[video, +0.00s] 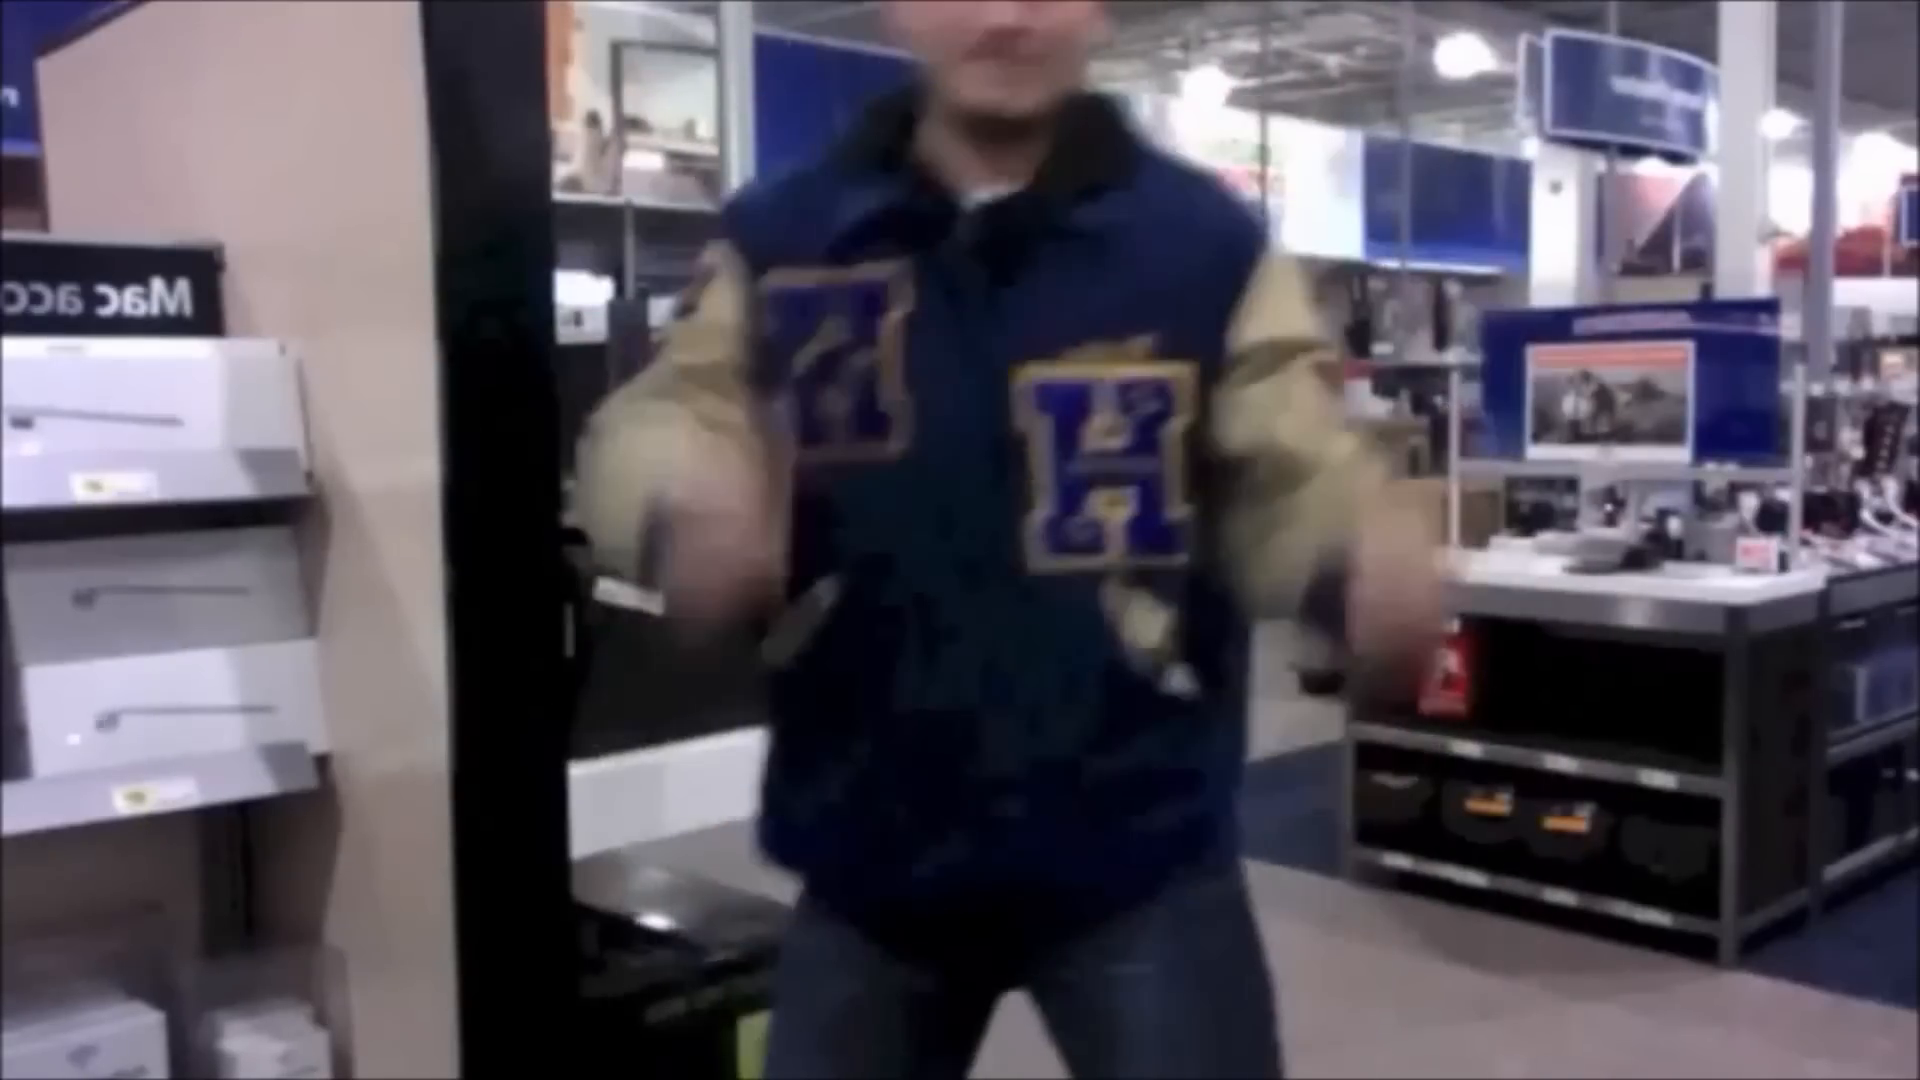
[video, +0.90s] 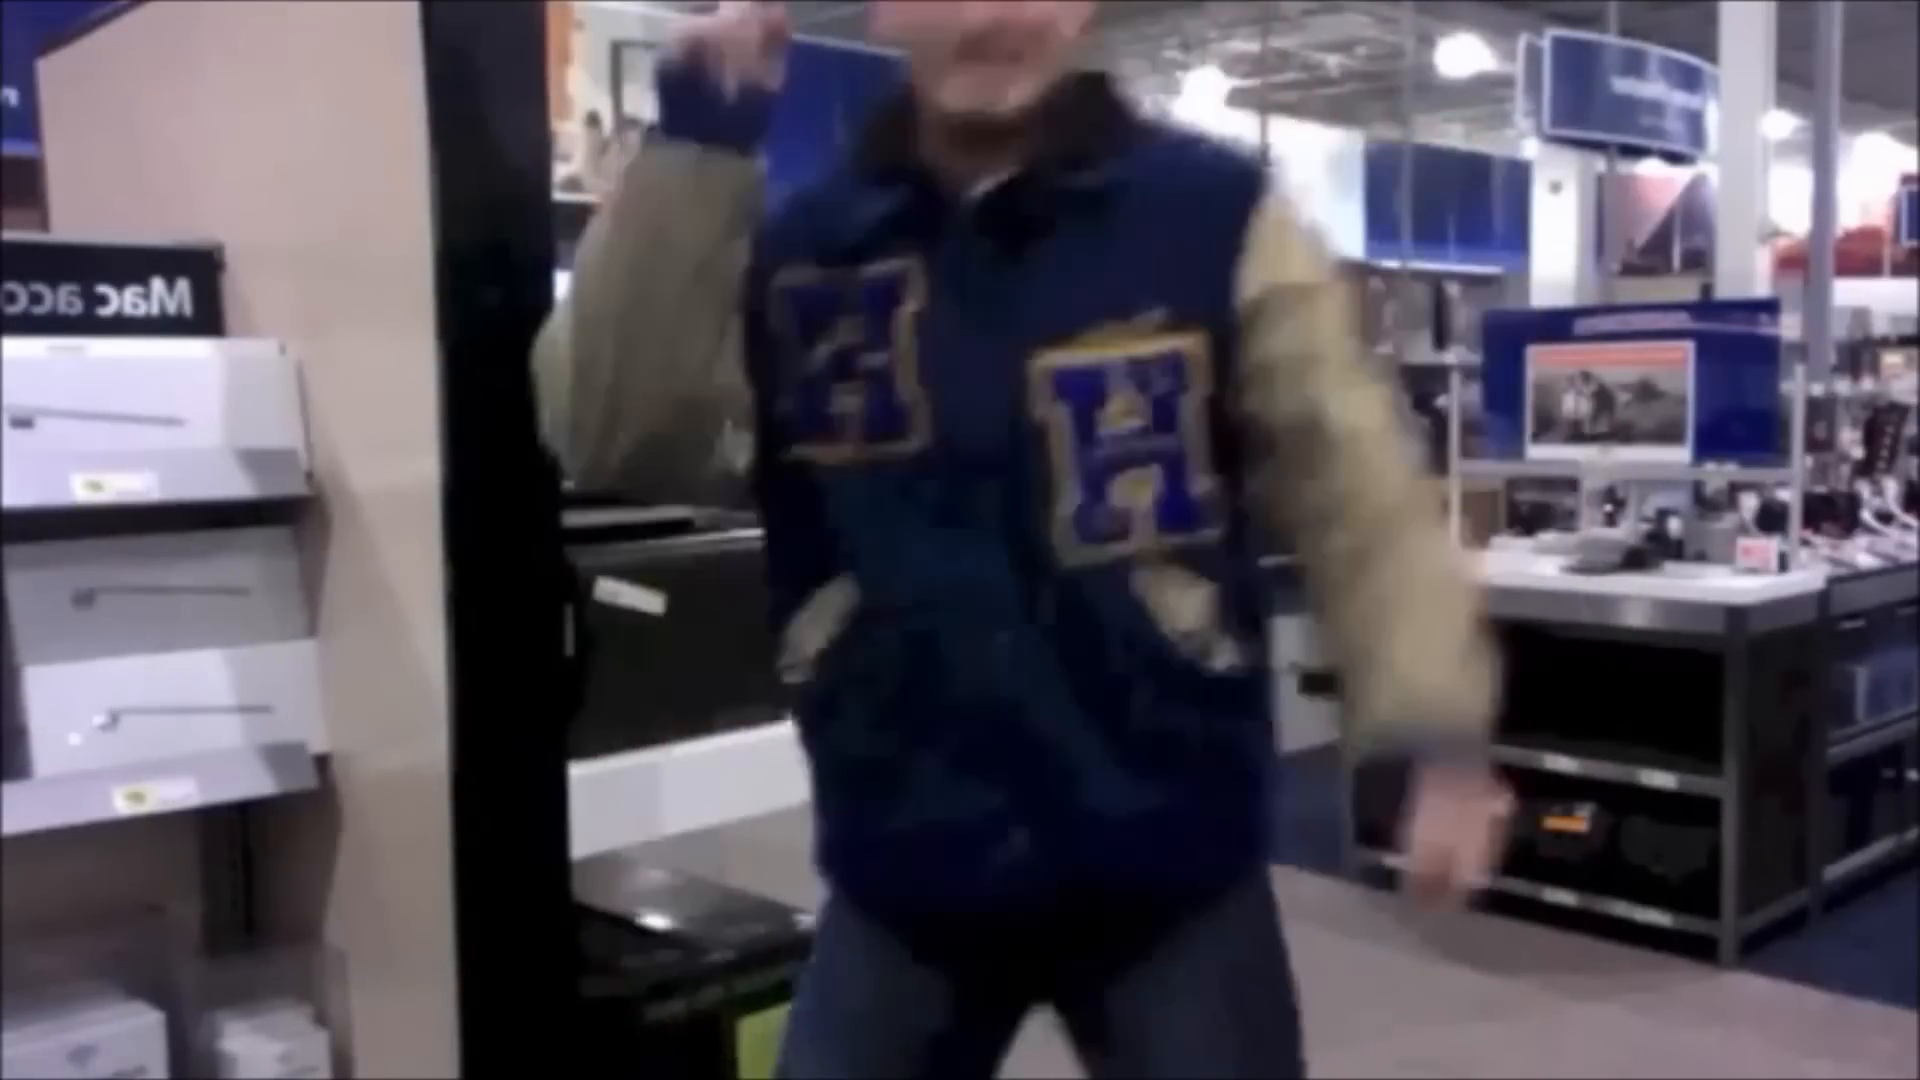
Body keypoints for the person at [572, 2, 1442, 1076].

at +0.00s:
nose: (1013, 14)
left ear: (1099, 18)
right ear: (901, 17)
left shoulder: (1200, 242)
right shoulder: (792, 236)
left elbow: (1290, 472)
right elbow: (652, 426)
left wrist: (1368, 546)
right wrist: (694, 496)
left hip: (1131, 840)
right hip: (879, 841)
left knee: (1206, 1059)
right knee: (819, 1063)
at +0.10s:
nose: (1013, 14)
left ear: (1099, 18)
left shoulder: (1200, 242)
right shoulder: (791, 236)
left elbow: (1289, 472)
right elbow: (652, 426)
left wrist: (1368, 546)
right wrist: (694, 495)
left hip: (1131, 840)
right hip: (879, 841)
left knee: (1205, 1059)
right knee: (819, 1063)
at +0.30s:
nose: (1200, 139)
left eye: (1240, 104)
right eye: (1157, 99)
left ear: (1289, 133)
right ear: (1088, 116)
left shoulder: (1332, 353)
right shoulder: (944, 337)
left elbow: (1520, 538)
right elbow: (776, 630)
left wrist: (1420, 246)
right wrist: (686, 900)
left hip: (1244, 1000)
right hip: (970, 992)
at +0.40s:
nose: (1211, 156)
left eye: (1252, 121)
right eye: (1171, 116)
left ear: (1306, 149)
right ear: (1104, 130)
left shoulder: (1351, 366)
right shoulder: (957, 352)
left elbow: (1527, 563)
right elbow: (768, 626)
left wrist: (1413, 295)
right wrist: (678, 867)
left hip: (1267, 1014)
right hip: (986, 1005)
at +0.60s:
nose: (1137, 27)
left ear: (1228, 25)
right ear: (1029, 24)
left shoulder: (1329, 269)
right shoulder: (898, 256)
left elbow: (1470, 550)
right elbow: (746, 432)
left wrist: (1466, 313)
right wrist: (684, 517)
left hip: (1228, 882)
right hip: (961, 879)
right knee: (852, 1068)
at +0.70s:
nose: (1138, 27)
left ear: (1227, 25)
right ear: (1029, 24)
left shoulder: (1329, 268)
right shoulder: (897, 256)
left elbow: (1469, 550)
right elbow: (746, 431)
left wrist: (1466, 312)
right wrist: (684, 517)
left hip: (1228, 882)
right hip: (961, 879)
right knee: (852, 1067)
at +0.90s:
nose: (991, 15)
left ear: (1087, 17)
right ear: (885, 16)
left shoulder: (1209, 212)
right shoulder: (804, 249)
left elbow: (1358, 482)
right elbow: (615, 450)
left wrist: (1433, 735)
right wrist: (698, 135)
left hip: (1167, 864)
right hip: (909, 876)